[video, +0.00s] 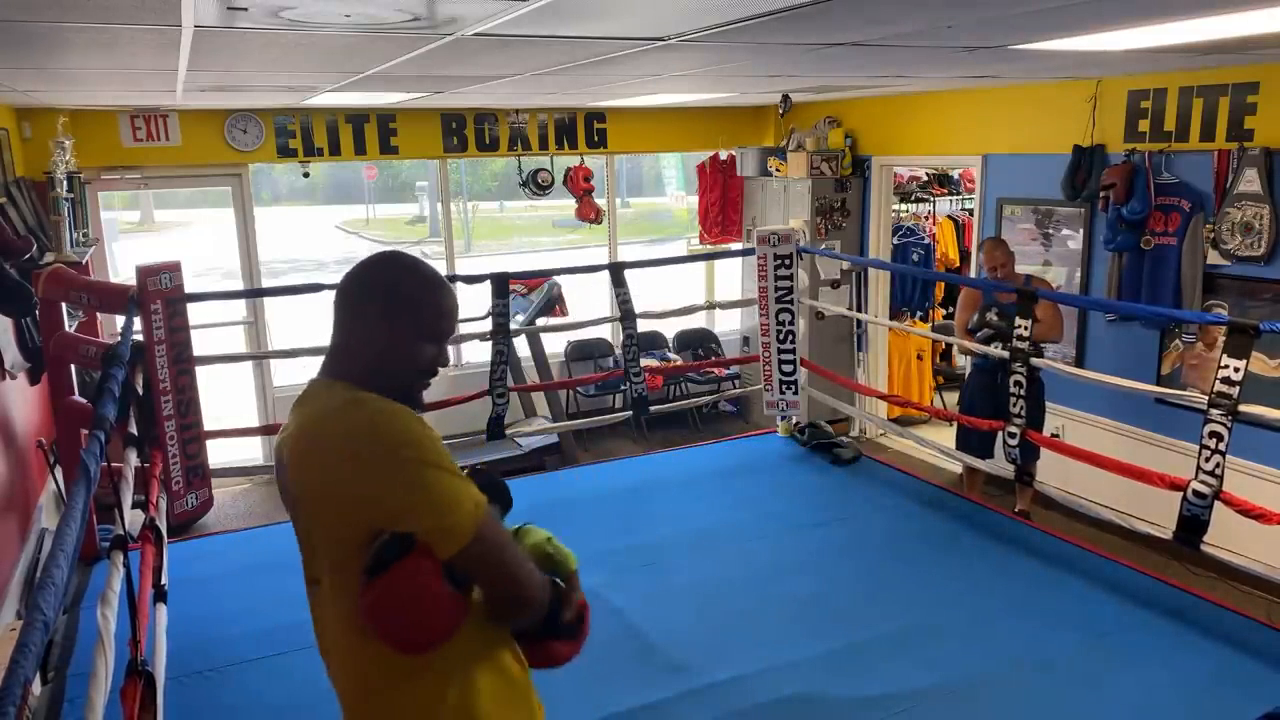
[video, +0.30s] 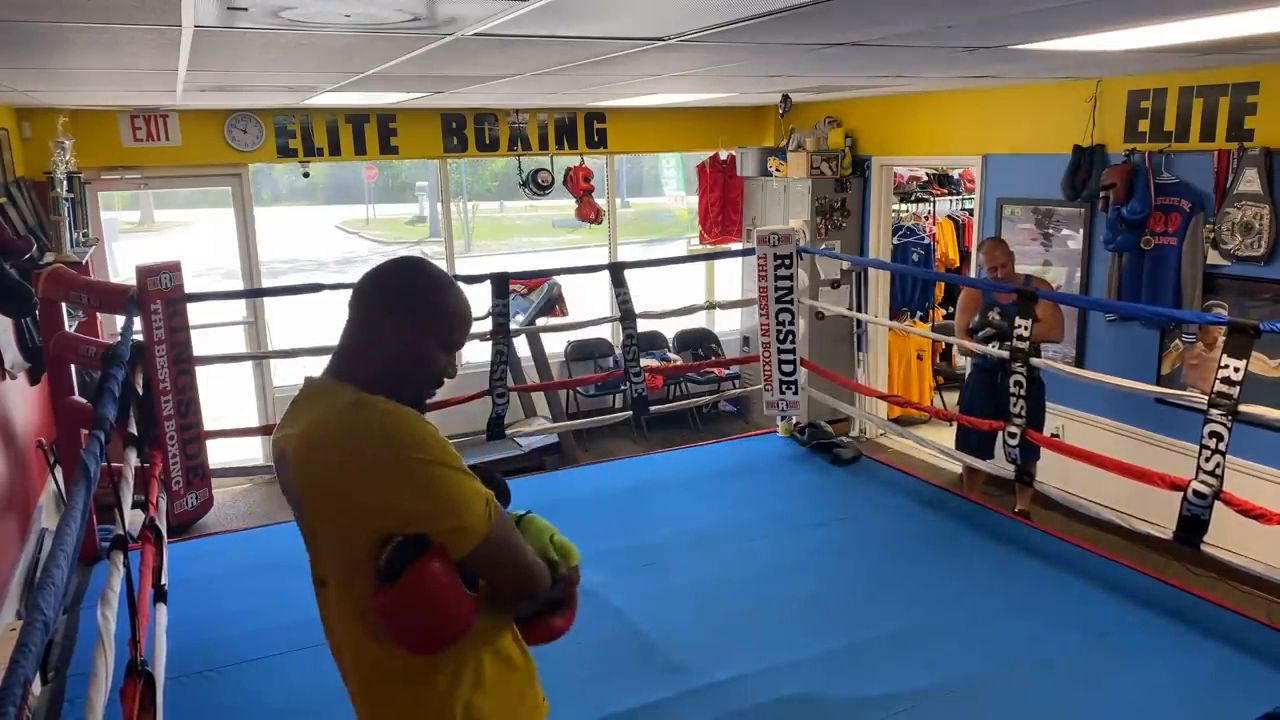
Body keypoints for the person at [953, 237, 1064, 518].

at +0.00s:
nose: (998, 274)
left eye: (1002, 267)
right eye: (991, 270)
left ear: (1013, 260)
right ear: (982, 267)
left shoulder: (1037, 286)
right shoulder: (974, 290)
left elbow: (1054, 331)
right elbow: (961, 335)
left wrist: (1013, 329)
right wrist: (984, 346)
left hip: (1025, 379)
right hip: (984, 377)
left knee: (1026, 448)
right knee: (974, 445)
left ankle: (1022, 513)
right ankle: (971, 506)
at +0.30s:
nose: (998, 275)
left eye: (1002, 267)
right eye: (991, 270)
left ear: (1013, 260)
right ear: (982, 266)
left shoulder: (1037, 287)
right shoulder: (973, 292)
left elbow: (1055, 331)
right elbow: (962, 338)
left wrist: (1014, 330)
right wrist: (985, 348)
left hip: (1024, 380)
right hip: (983, 377)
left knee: (1026, 448)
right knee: (974, 446)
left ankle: (1022, 513)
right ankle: (971, 506)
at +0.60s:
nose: (999, 274)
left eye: (1003, 266)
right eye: (992, 269)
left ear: (1014, 260)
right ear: (983, 267)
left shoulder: (1038, 286)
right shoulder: (973, 294)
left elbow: (1063, 327)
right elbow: (961, 339)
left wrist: (1026, 328)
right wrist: (977, 347)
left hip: (1025, 381)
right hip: (984, 380)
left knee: (1027, 450)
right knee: (974, 448)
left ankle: (1022, 514)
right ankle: (970, 507)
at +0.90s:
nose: (1000, 274)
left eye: (1005, 266)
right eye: (993, 269)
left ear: (1016, 260)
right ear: (983, 266)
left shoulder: (1039, 286)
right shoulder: (975, 291)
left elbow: (1058, 330)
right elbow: (960, 339)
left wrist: (1017, 331)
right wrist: (981, 349)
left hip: (1024, 381)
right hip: (983, 379)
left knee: (1026, 448)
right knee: (974, 445)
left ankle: (1022, 513)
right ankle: (971, 505)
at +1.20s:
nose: (1004, 271)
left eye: (1010, 265)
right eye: (999, 266)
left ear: (1022, 261)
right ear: (989, 264)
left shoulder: (1041, 286)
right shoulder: (978, 287)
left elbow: (1057, 331)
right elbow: (955, 330)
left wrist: (1016, 331)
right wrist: (982, 342)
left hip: (1025, 381)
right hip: (983, 378)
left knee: (1026, 449)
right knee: (974, 446)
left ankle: (1022, 513)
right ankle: (971, 505)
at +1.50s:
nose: (1014, 272)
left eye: (1020, 265)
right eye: (1008, 266)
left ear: (1027, 262)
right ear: (995, 262)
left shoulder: (1043, 287)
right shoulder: (978, 289)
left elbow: (1056, 333)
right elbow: (952, 330)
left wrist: (1016, 329)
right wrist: (985, 331)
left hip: (1025, 381)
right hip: (984, 378)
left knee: (1026, 449)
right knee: (974, 446)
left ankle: (1022, 514)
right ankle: (969, 507)